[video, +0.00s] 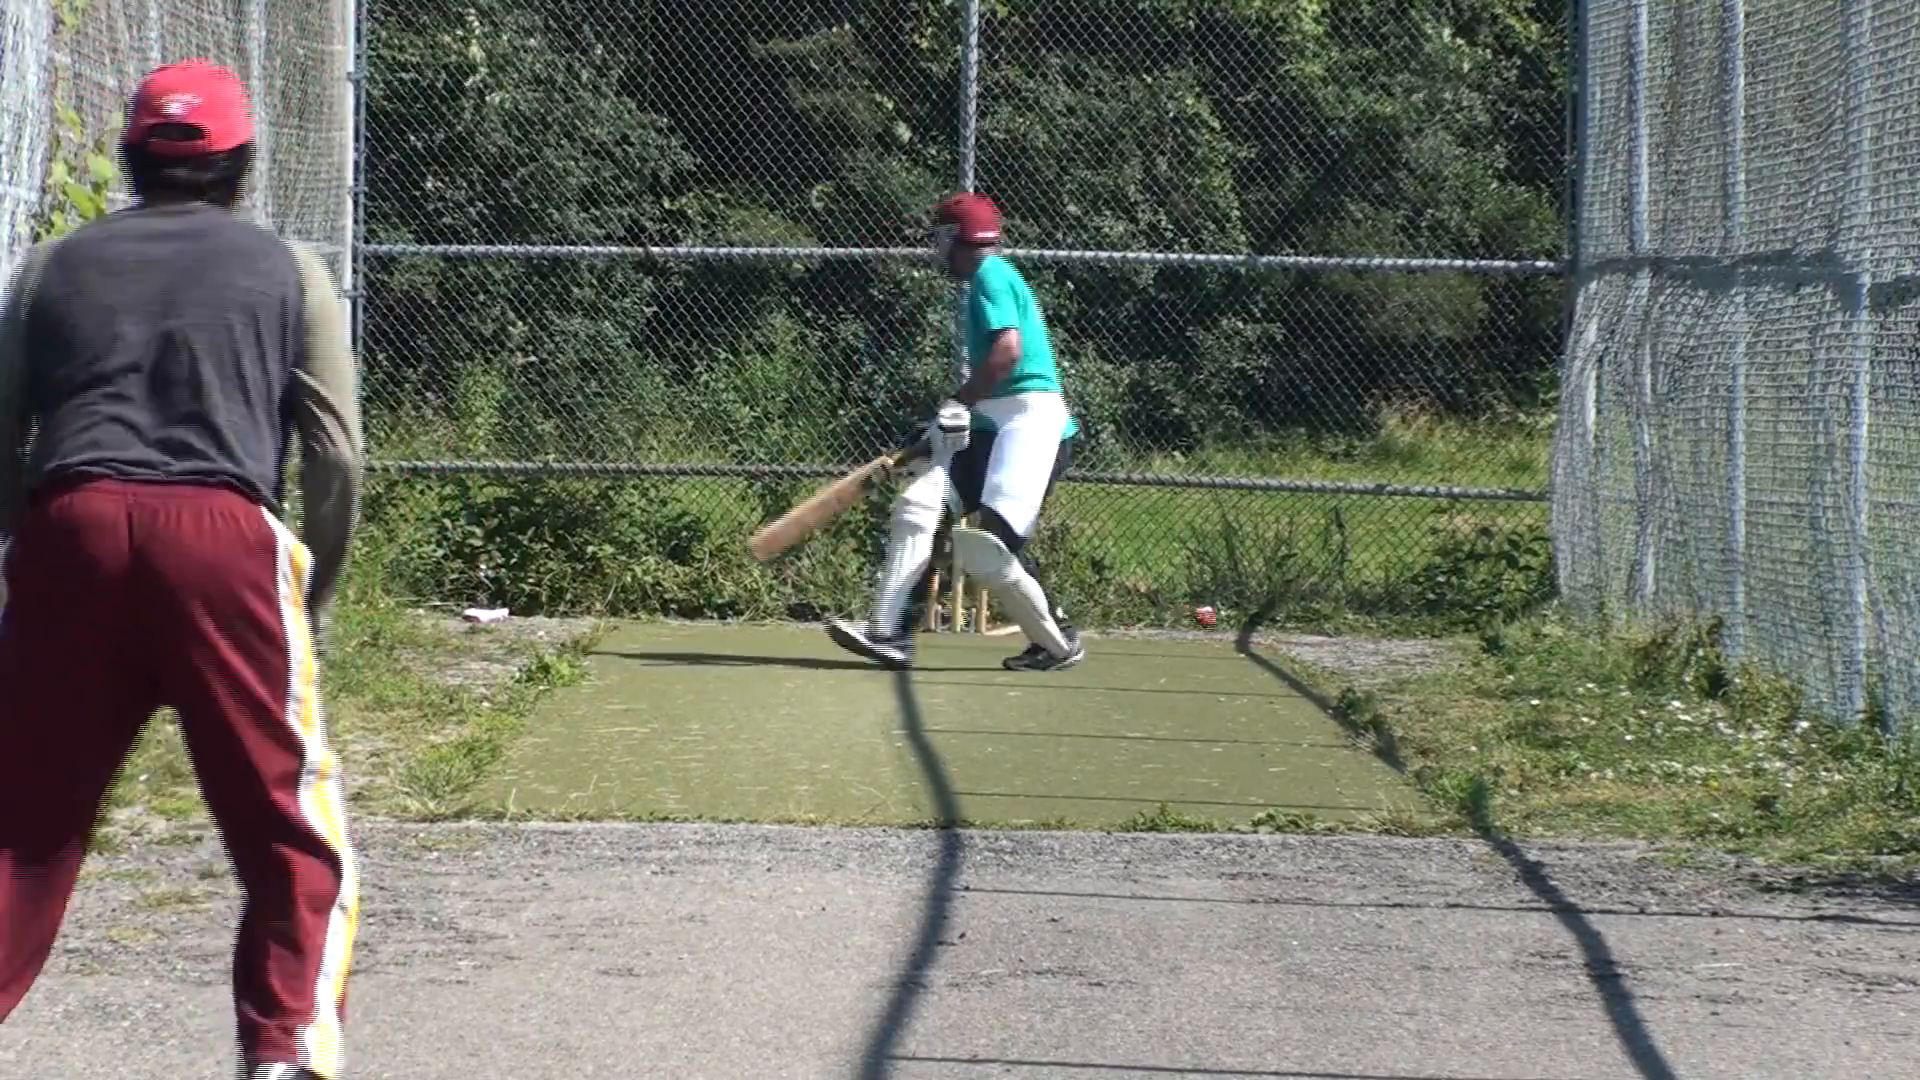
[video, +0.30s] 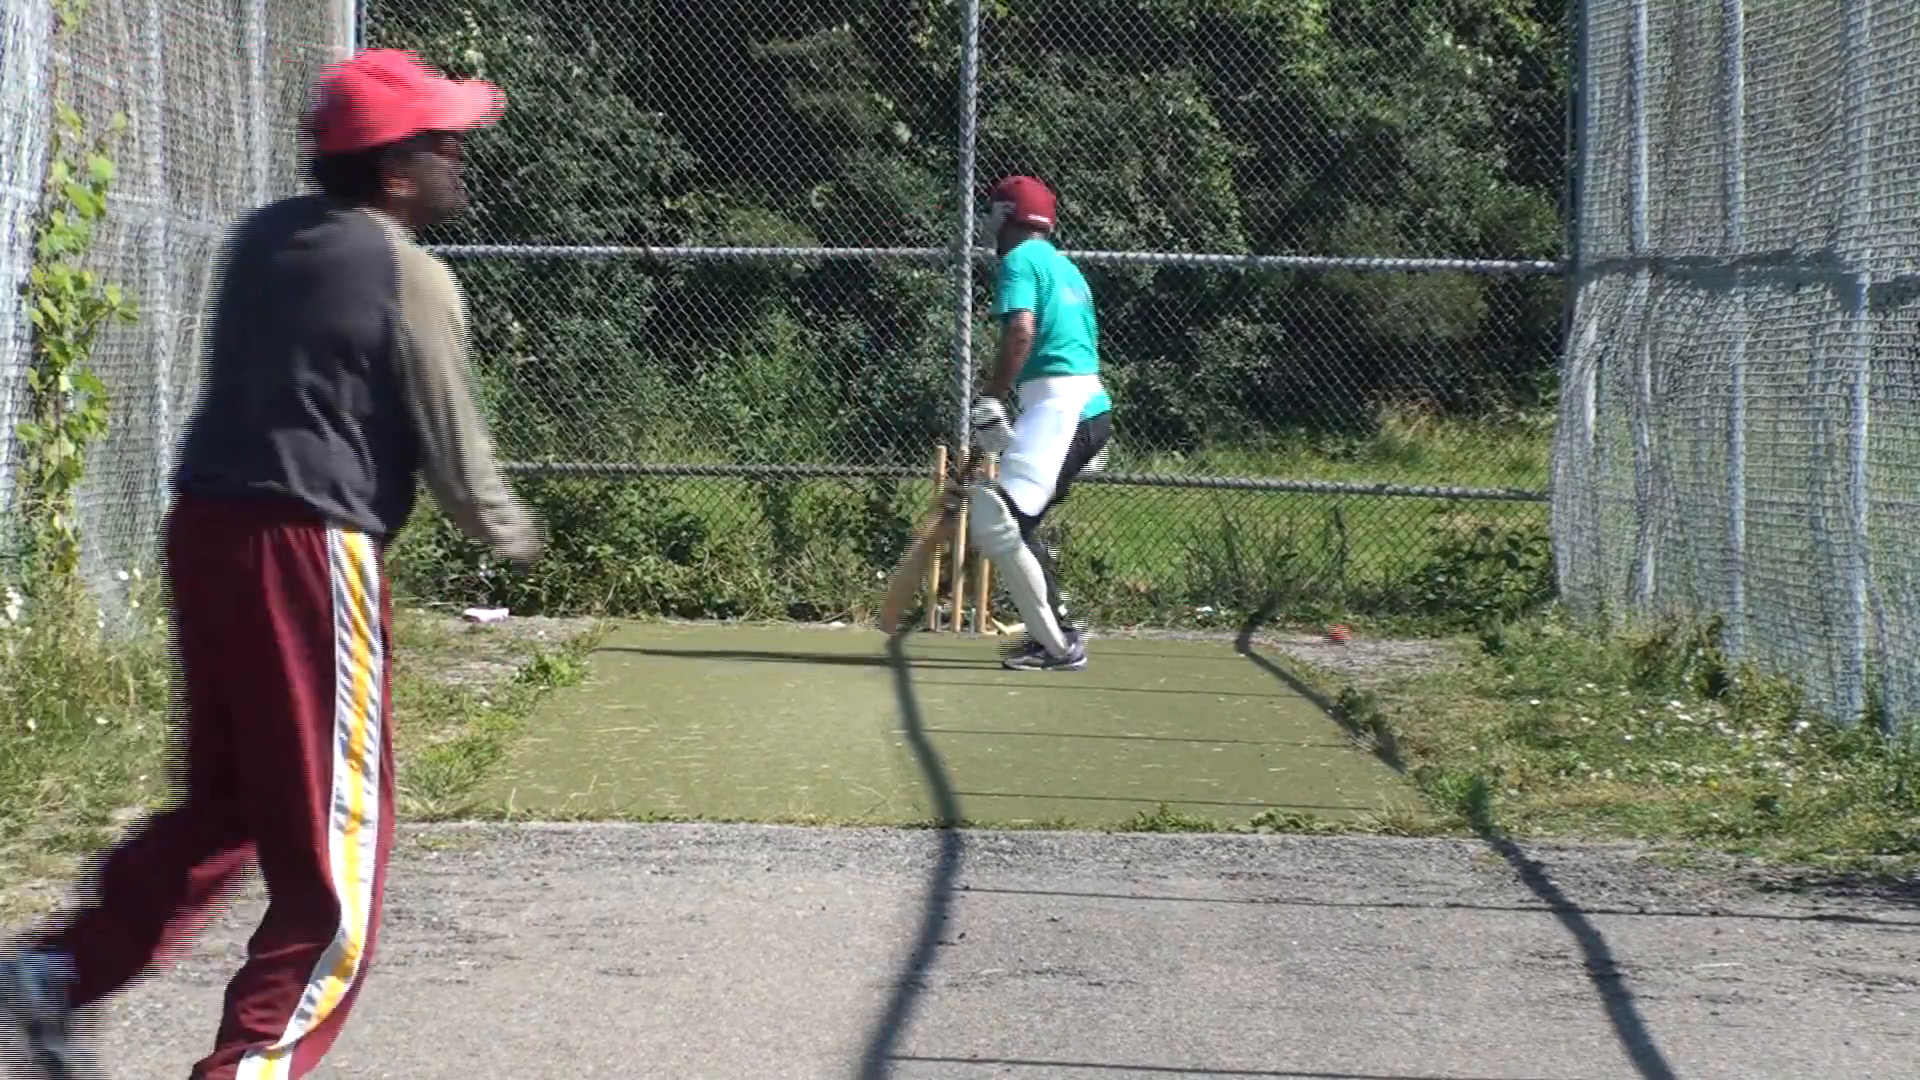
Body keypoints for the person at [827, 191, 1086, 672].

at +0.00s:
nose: (936, 247)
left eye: (942, 237)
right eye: (936, 237)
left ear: (964, 238)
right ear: (977, 239)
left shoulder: (992, 276)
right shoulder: (980, 286)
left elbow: (1007, 350)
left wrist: (962, 402)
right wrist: (944, 431)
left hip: (1028, 417)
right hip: (987, 419)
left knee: (984, 543)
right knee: (915, 509)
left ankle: (1056, 642)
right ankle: (890, 630)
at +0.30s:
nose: (990, 225)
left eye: (995, 215)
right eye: (992, 214)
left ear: (1013, 218)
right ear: (1042, 223)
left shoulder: (1020, 259)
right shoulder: (1065, 266)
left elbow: (1022, 329)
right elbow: (1073, 344)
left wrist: (993, 396)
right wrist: (1005, 400)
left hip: (1058, 410)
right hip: (1090, 408)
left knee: (1001, 521)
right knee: (1015, 518)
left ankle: (1055, 643)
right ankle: (1055, 627)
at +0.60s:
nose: (1046, 218)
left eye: (1054, 207)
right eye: (1033, 213)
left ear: (1073, 208)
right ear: (1021, 223)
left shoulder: (1088, 260)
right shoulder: (1048, 273)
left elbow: (1114, 337)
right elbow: (1070, 349)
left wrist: (1074, 399)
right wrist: (1060, 419)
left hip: (1115, 394)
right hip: (1082, 397)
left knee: (1070, 505)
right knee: (1039, 517)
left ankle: (1077, 635)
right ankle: (1066, 626)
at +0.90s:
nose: (1110, 219)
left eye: (1119, 209)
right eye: (1098, 211)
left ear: (1133, 214)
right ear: (1081, 220)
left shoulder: (1156, 268)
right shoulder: (1080, 272)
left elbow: (1180, 351)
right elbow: (1075, 341)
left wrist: (1150, 414)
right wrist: (1050, 411)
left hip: (1164, 398)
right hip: (1109, 401)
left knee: (1153, 520)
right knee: (1059, 509)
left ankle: (1177, 640)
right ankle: (1076, 636)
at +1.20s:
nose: (1165, 211)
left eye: (1176, 203)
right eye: (1155, 202)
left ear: (1192, 210)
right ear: (1138, 206)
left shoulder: (1209, 268)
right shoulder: (1112, 263)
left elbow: (1222, 343)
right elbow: (1090, 338)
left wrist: (1215, 411)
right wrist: (1070, 400)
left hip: (1179, 393)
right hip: (1115, 393)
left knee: (1165, 514)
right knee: (1081, 506)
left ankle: (1174, 637)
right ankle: (1087, 632)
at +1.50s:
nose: (1173, 214)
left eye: (1184, 207)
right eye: (1166, 203)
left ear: (1197, 217)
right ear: (1145, 204)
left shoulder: (1209, 271)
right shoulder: (1111, 262)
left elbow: (1237, 338)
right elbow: (1082, 328)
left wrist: (1252, 403)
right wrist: (1076, 389)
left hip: (1175, 396)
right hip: (1108, 396)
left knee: (1179, 517)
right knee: (1109, 515)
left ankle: (1182, 630)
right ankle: (1102, 620)